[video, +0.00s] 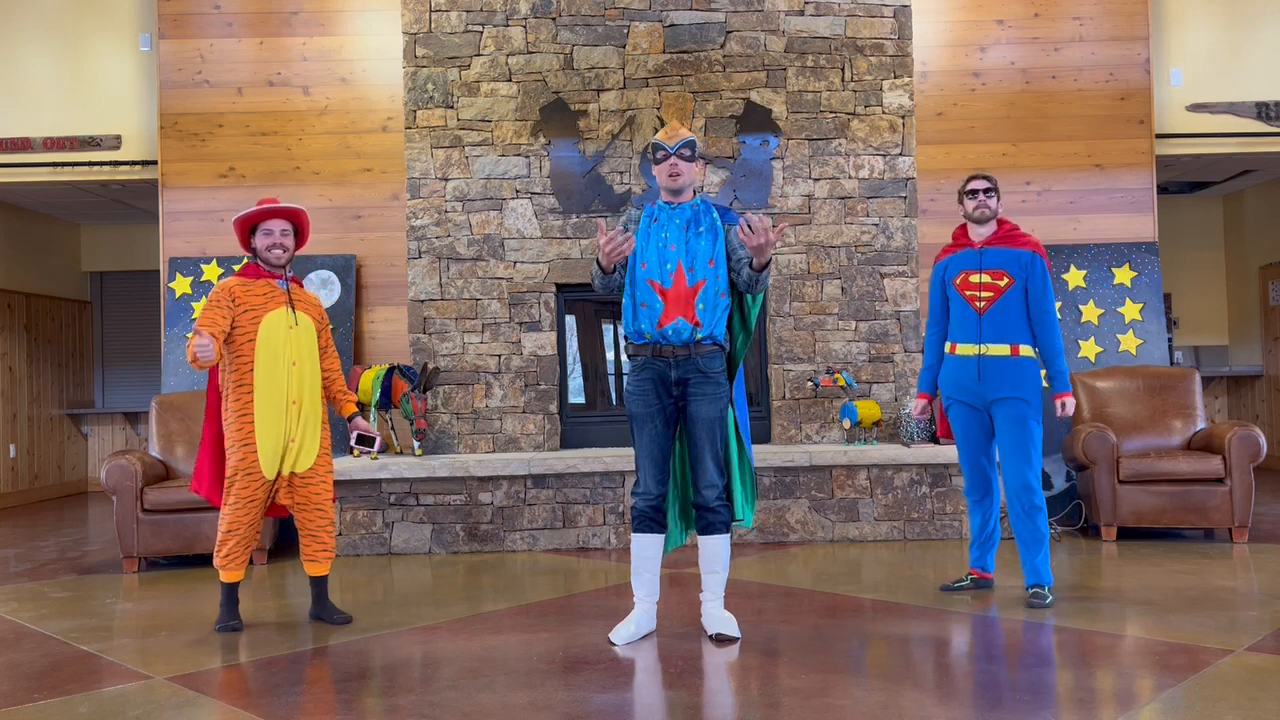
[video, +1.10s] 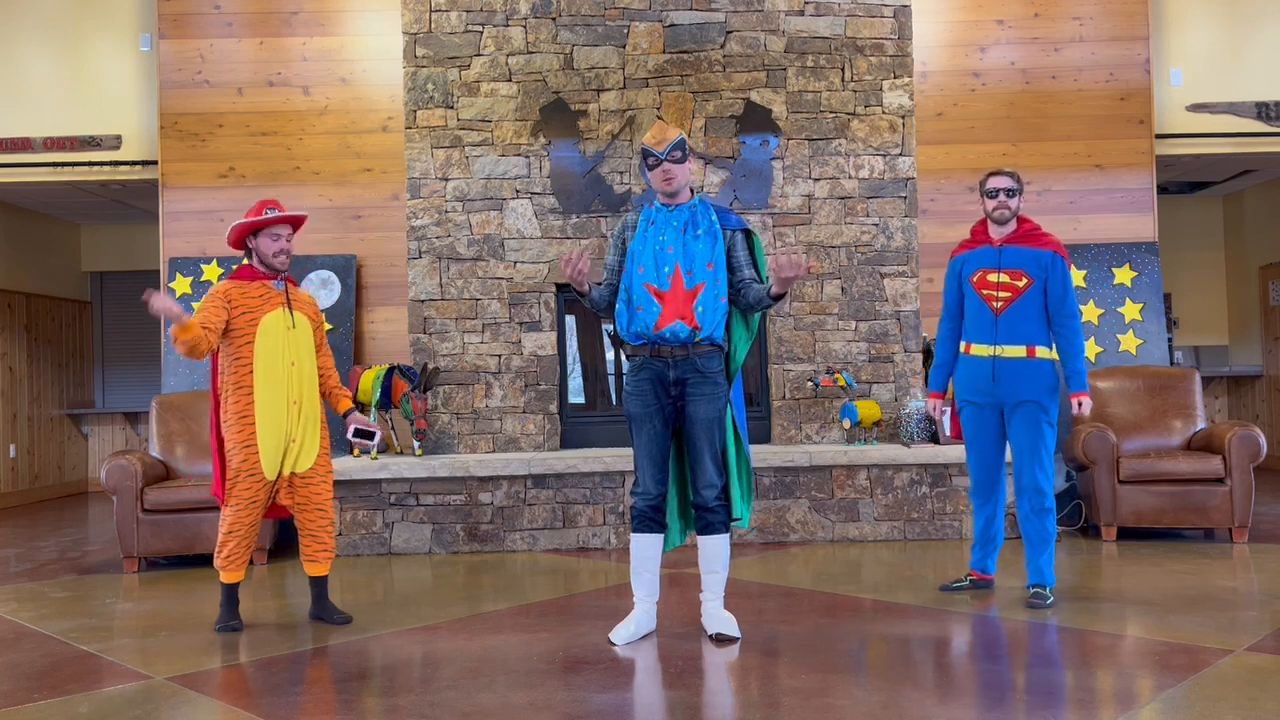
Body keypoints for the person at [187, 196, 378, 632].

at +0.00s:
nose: (278, 241)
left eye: (285, 234)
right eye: (268, 234)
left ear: (295, 243)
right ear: (252, 242)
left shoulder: (310, 302)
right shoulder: (232, 292)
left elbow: (329, 365)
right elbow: (205, 339)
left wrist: (351, 414)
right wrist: (202, 350)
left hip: (306, 422)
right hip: (250, 423)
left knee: (318, 503)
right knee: (242, 507)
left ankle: (321, 600)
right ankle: (229, 605)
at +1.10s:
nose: (286, 244)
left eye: (289, 237)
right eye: (275, 237)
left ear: (294, 242)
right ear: (252, 244)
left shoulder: (305, 301)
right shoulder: (227, 295)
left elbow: (323, 363)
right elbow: (199, 346)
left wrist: (347, 409)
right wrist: (180, 321)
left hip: (305, 421)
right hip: (250, 422)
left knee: (317, 500)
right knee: (244, 504)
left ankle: (321, 600)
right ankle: (229, 606)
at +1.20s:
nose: (289, 249)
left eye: (292, 240)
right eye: (279, 241)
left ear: (294, 243)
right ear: (254, 246)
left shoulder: (305, 300)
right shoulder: (229, 294)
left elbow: (328, 363)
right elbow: (201, 338)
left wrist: (355, 399)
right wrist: (205, 283)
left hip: (304, 422)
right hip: (250, 425)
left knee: (318, 504)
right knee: (243, 506)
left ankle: (321, 601)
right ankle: (229, 606)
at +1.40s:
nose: (291, 250)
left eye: (293, 243)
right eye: (283, 242)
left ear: (292, 248)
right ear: (257, 246)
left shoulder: (302, 300)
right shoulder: (225, 293)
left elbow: (327, 352)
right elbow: (227, 331)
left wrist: (361, 361)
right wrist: (266, 279)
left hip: (304, 425)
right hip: (248, 427)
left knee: (316, 503)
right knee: (242, 506)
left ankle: (321, 601)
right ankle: (229, 606)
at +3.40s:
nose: (283, 252)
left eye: (286, 244)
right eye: (274, 244)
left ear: (288, 247)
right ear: (249, 246)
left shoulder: (298, 298)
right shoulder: (221, 297)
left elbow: (325, 356)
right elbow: (231, 345)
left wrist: (333, 324)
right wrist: (291, 323)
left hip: (303, 420)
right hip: (249, 422)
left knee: (317, 502)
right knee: (242, 505)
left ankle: (320, 601)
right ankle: (229, 606)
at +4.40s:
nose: (286, 252)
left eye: (288, 244)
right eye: (276, 244)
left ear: (288, 247)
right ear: (251, 246)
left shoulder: (298, 298)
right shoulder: (221, 296)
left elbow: (324, 356)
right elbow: (225, 347)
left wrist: (334, 326)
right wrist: (285, 330)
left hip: (303, 419)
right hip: (249, 421)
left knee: (316, 500)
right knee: (242, 503)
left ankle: (320, 601)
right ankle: (229, 607)